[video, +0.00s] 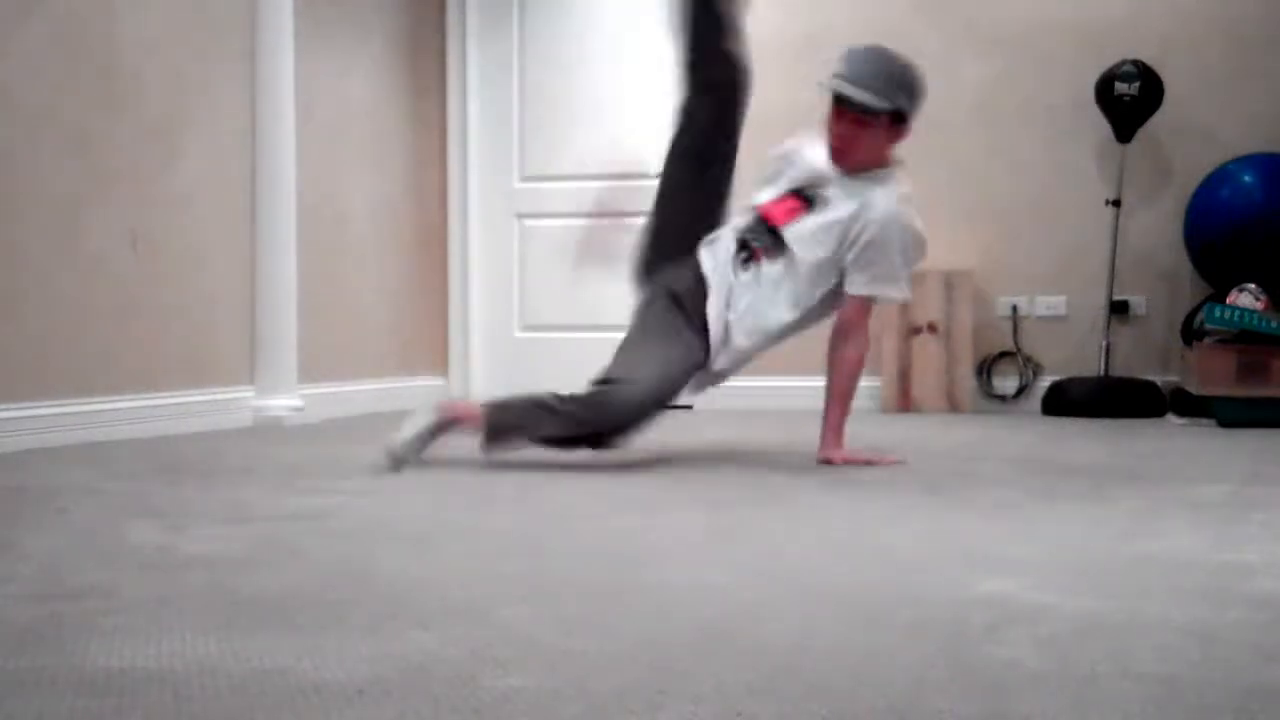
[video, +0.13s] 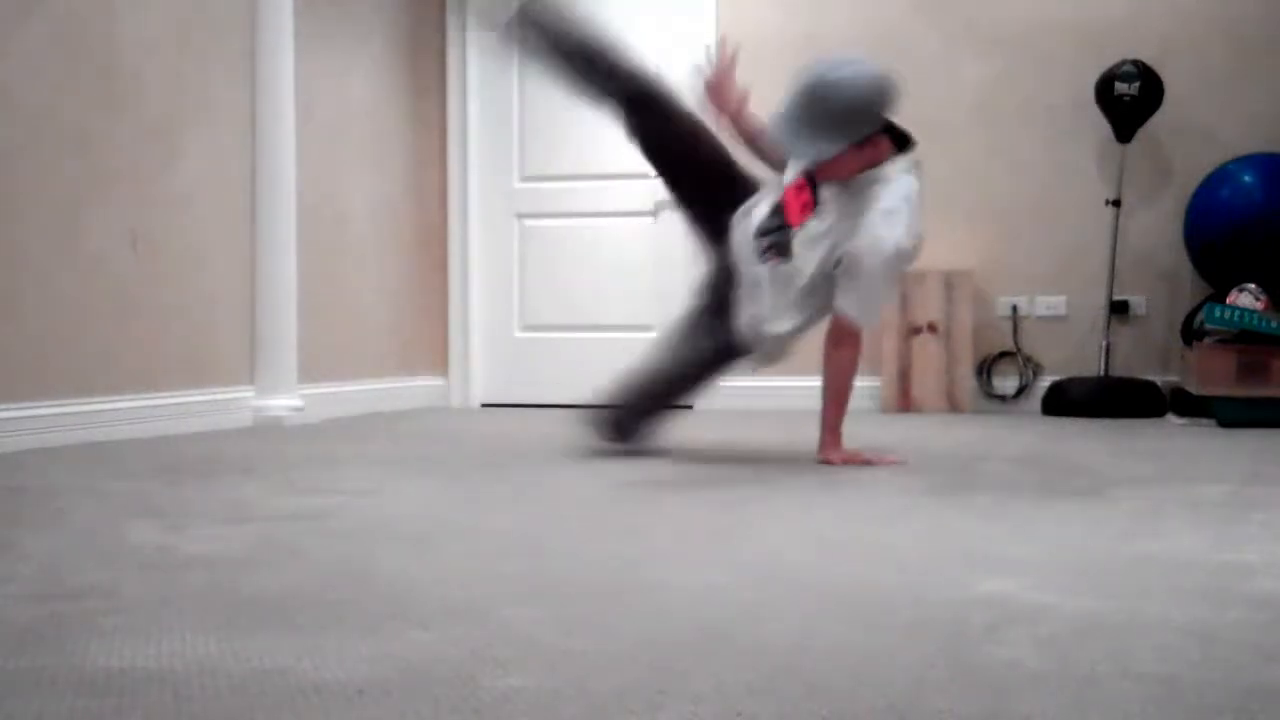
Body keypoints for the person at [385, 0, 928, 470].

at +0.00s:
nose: (841, 131)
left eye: (860, 122)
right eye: (839, 112)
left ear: (897, 136)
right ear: (829, 107)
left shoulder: (884, 220)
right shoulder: (805, 156)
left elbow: (851, 333)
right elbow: (754, 237)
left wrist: (832, 444)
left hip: (689, 335)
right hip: (682, 262)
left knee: (608, 416)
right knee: (717, 89)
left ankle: (455, 416)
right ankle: (711, 1)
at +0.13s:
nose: (811, 162)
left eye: (823, 153)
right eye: (811, 149)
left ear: (860, 148)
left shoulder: (881, 232)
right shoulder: (851, 148)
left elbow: (844, 337)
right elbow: (790, 164)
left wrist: (831, 443)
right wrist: (737, 114)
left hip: (742, 312)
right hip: (743, 219)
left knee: (634, 408)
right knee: (644, 103)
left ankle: (622, 425)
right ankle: (533, 24)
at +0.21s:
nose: (766, 185)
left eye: (780, 178)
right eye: (760, 172)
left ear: (823, 165)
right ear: (758, 131)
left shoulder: (865, 215)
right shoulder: (788, 117)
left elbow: (845, 333)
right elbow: (745, 177)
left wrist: (834, 443)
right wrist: (703, 242)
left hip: (814, 261)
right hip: (767, 191)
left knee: (787, 344)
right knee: (639, 139)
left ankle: (739, 423)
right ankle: (505, 113)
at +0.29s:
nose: (743, 238)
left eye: (756, 223)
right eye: (734, 222)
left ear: (794, 204)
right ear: (719, 198)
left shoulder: (848, 228)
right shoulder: (711, 197)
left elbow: (839, 334)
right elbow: (718, 293)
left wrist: (832, 446)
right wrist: (721, 396)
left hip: (910, 176)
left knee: (880, 295)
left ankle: (883, 393)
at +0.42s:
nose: (716, 306)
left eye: (718, 288)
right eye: (703, 297)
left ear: (748, 250)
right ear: (683, 268)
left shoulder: (809, 232)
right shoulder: (694, 238)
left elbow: (834, 336)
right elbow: (732, 338)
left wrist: (832, 444)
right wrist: (755, 443)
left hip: (847, 141)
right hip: (768, 146)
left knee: (994, 226)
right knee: (774, 324)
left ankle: (1113, 259)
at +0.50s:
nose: (690, 271)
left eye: (690, 249)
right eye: (670, 267)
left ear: (704, 216)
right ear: (651, 270)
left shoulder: (778, 219)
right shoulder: (667, 271)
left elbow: (825, 325)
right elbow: (731, 338)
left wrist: (835, 442)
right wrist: (756, 444)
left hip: (842, 156)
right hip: (823, 234)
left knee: (967, 121)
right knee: (873, 384)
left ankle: (1095, 109)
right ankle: (978, 384)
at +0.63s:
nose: (604, 204)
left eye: (600, 182)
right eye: (586, 200)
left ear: (628, 150)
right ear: (584, 209)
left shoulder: (707, 151)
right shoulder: (649, 260)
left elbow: (819, 216)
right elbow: (732, 329)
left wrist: (808, 351)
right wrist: (755, 441)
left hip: (872, 188)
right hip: (865, 271)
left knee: (875, 31)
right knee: (894, 393)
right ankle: (1060, 433)